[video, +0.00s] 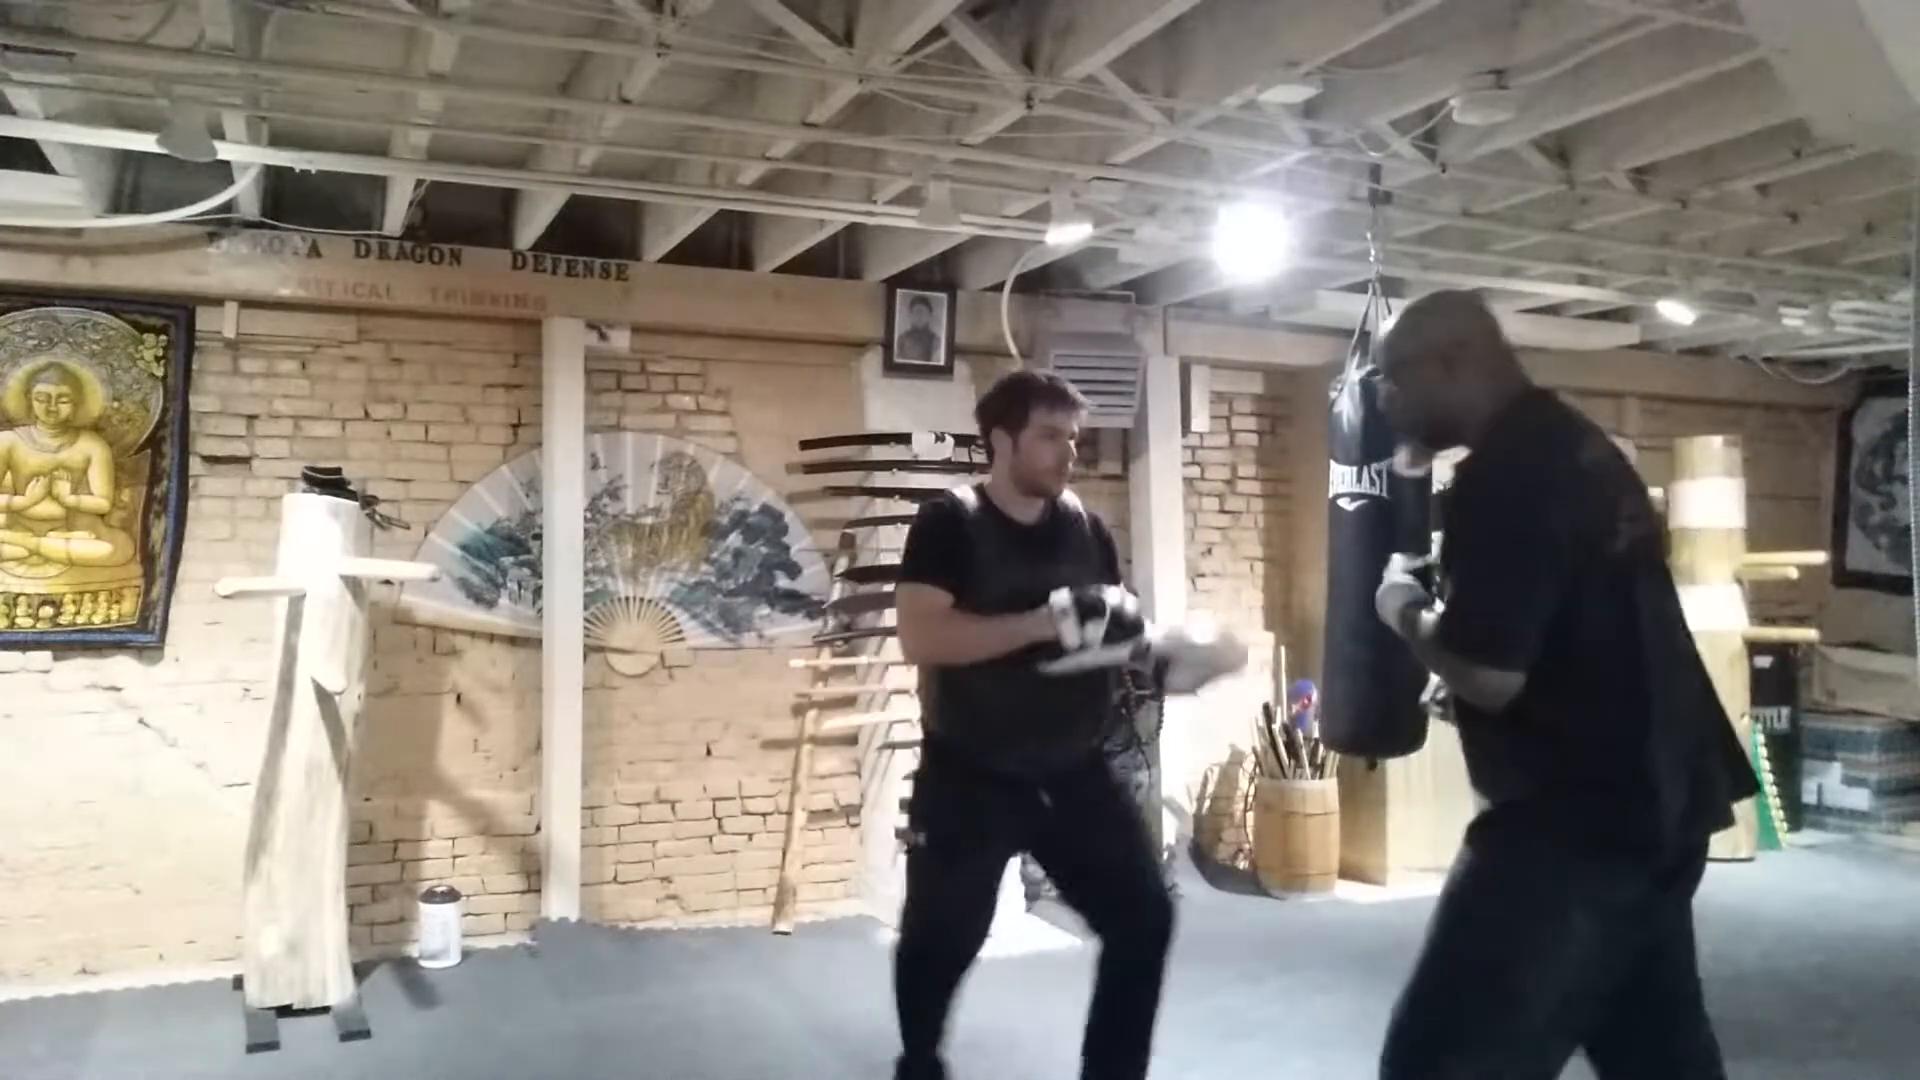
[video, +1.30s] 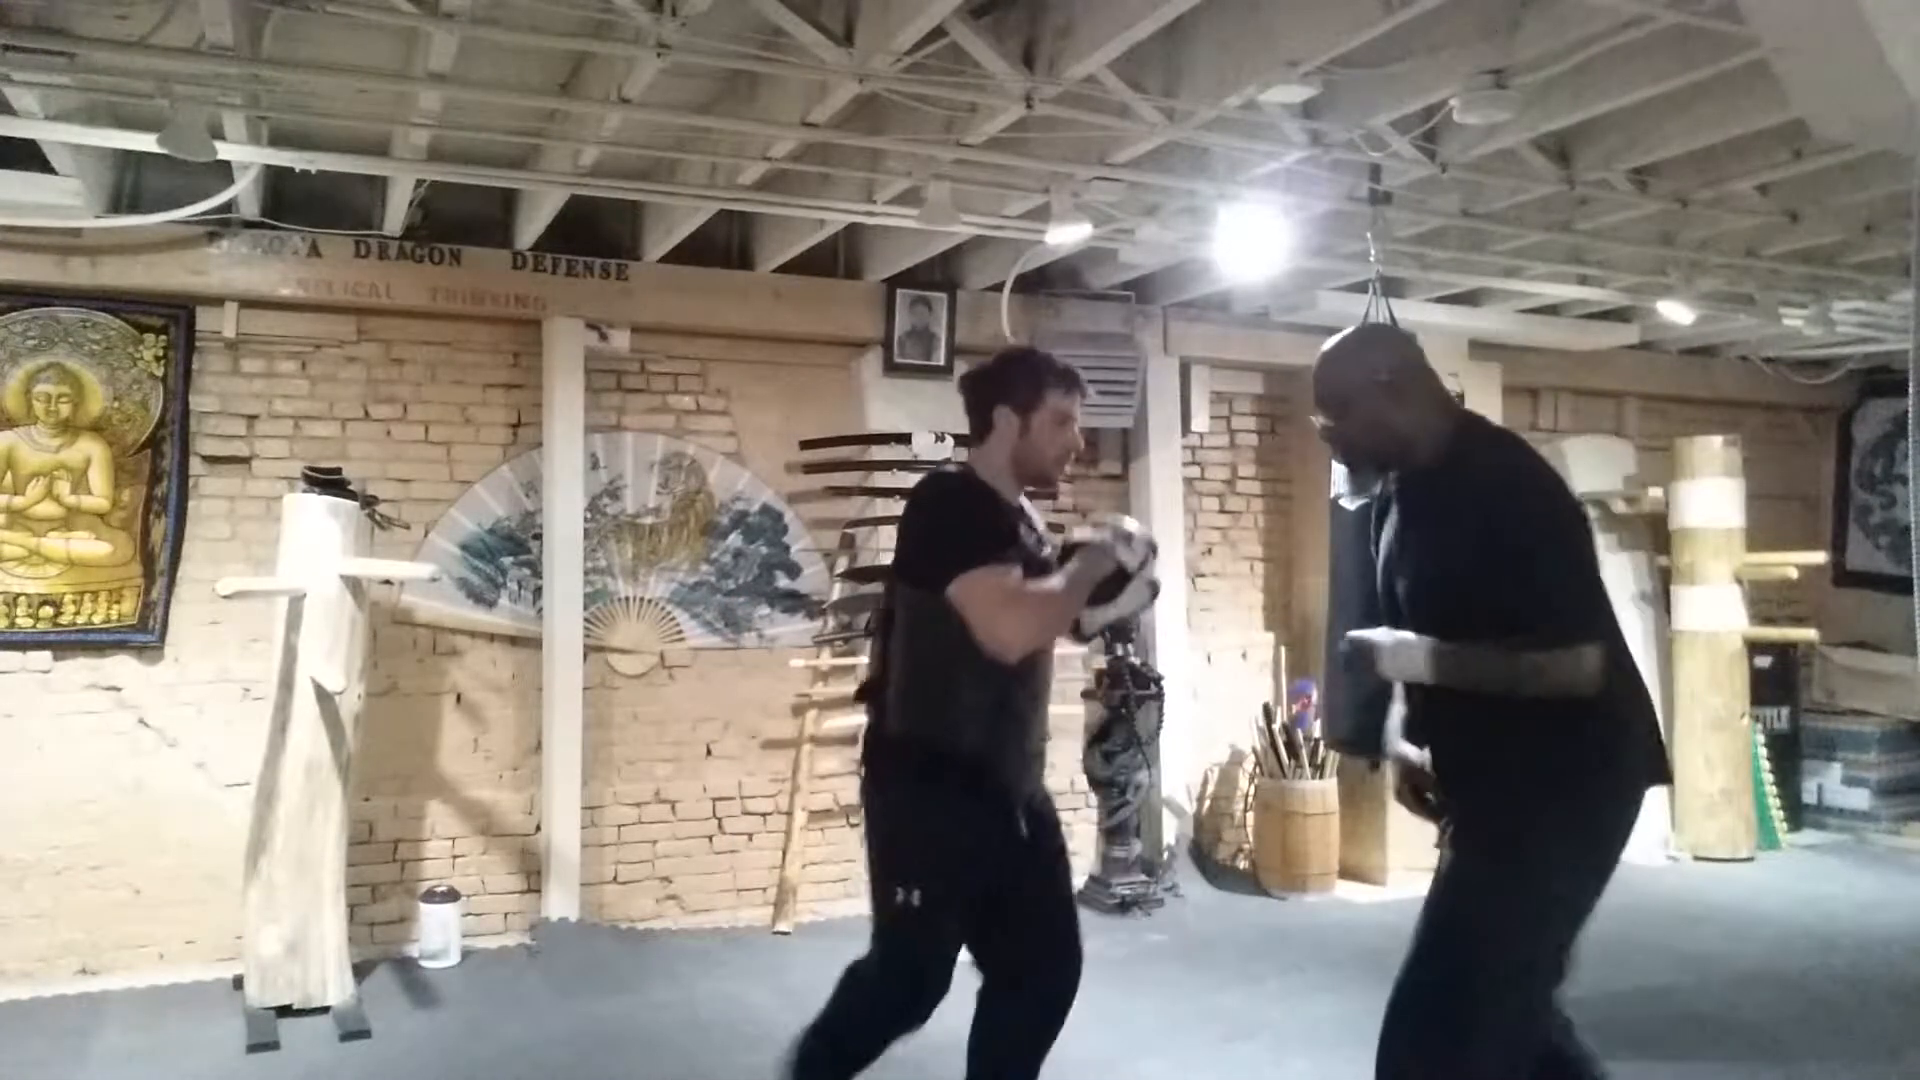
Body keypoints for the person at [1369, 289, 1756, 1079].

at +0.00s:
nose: (1387, 402)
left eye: (1393, 376)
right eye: (1384, 381)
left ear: (1449, 364)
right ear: (1470, 361)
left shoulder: (1505, 472)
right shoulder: (1574, 444)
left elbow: (1488, 677)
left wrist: (1405, 612)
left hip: (1561, 829)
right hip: (1652, 815)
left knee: (1433, 1065)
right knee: (1663, 1061)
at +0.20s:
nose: (1328, 416)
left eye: (1334, 392)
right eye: (1325, 396)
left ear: (1393, 374)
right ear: (1414, 371)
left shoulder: (1455, 467)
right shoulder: (1506, 441)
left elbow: (1467, 684)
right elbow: (1537, 635)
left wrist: (1363, 638)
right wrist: (1417, 710)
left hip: (1553, 811)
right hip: (1644, 788)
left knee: (1425, 1059)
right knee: (1598, 1022)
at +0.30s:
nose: (1317, 430)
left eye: (1320, 404)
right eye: (1311, 411)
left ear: (1377, 377)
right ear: (1393, 377)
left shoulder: (1444, 464)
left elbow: (1450, 664)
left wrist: (1325, 643)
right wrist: (1331, 733)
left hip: (1561, 800)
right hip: (1635, 784)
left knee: (1435, 1058)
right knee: (1574, 1034)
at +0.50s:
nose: (1341, 442)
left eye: (1344, 416)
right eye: (1336, 423)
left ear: (1396, 392)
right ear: (1397, 393)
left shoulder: (1500, 459)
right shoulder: (1426, 503)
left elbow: (1517, 624)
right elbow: (1343, 638)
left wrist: (1379, 620)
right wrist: (1208, 734)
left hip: (1592, 813)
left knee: (1451, 1060)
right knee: (1615, 1048)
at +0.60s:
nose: (1363, 436)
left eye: (1366, 411)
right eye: (1358, 417)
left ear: (1422, 387)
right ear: (1422, 388)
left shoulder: (1546, 455)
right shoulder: (1434, 510)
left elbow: (1589, 636)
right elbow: (1349, 647)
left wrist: (1422, 618)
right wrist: (1222, 734)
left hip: (1616, 813)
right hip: (1552, 817)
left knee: (1477, 1061)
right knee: (1639, 1055)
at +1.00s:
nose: (1403, 421)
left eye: (1413, 397)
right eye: (1399, 402)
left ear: (1475, 380)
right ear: (1466, 388)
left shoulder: (1606, 472)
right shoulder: (1457, 495)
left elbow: (1681, 634)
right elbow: (1409, 612)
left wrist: (1497, 630)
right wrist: (1336, 684)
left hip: (1613, 807)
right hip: (1537, 806)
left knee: (1459, 1051)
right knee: (1624, 1036)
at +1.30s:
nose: (1326, 435)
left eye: (1333, 414)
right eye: (1320, 418)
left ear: (1391, 389)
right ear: (1391, 392)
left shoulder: (1508, 480)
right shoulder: (1406, 495)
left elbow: (1580, 663)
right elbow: (1428, 645)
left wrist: (1415, 659)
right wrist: (1404, 746)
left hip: (1571, 781)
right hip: (1493, 780)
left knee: (1432, 1034)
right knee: (1509, 1018)